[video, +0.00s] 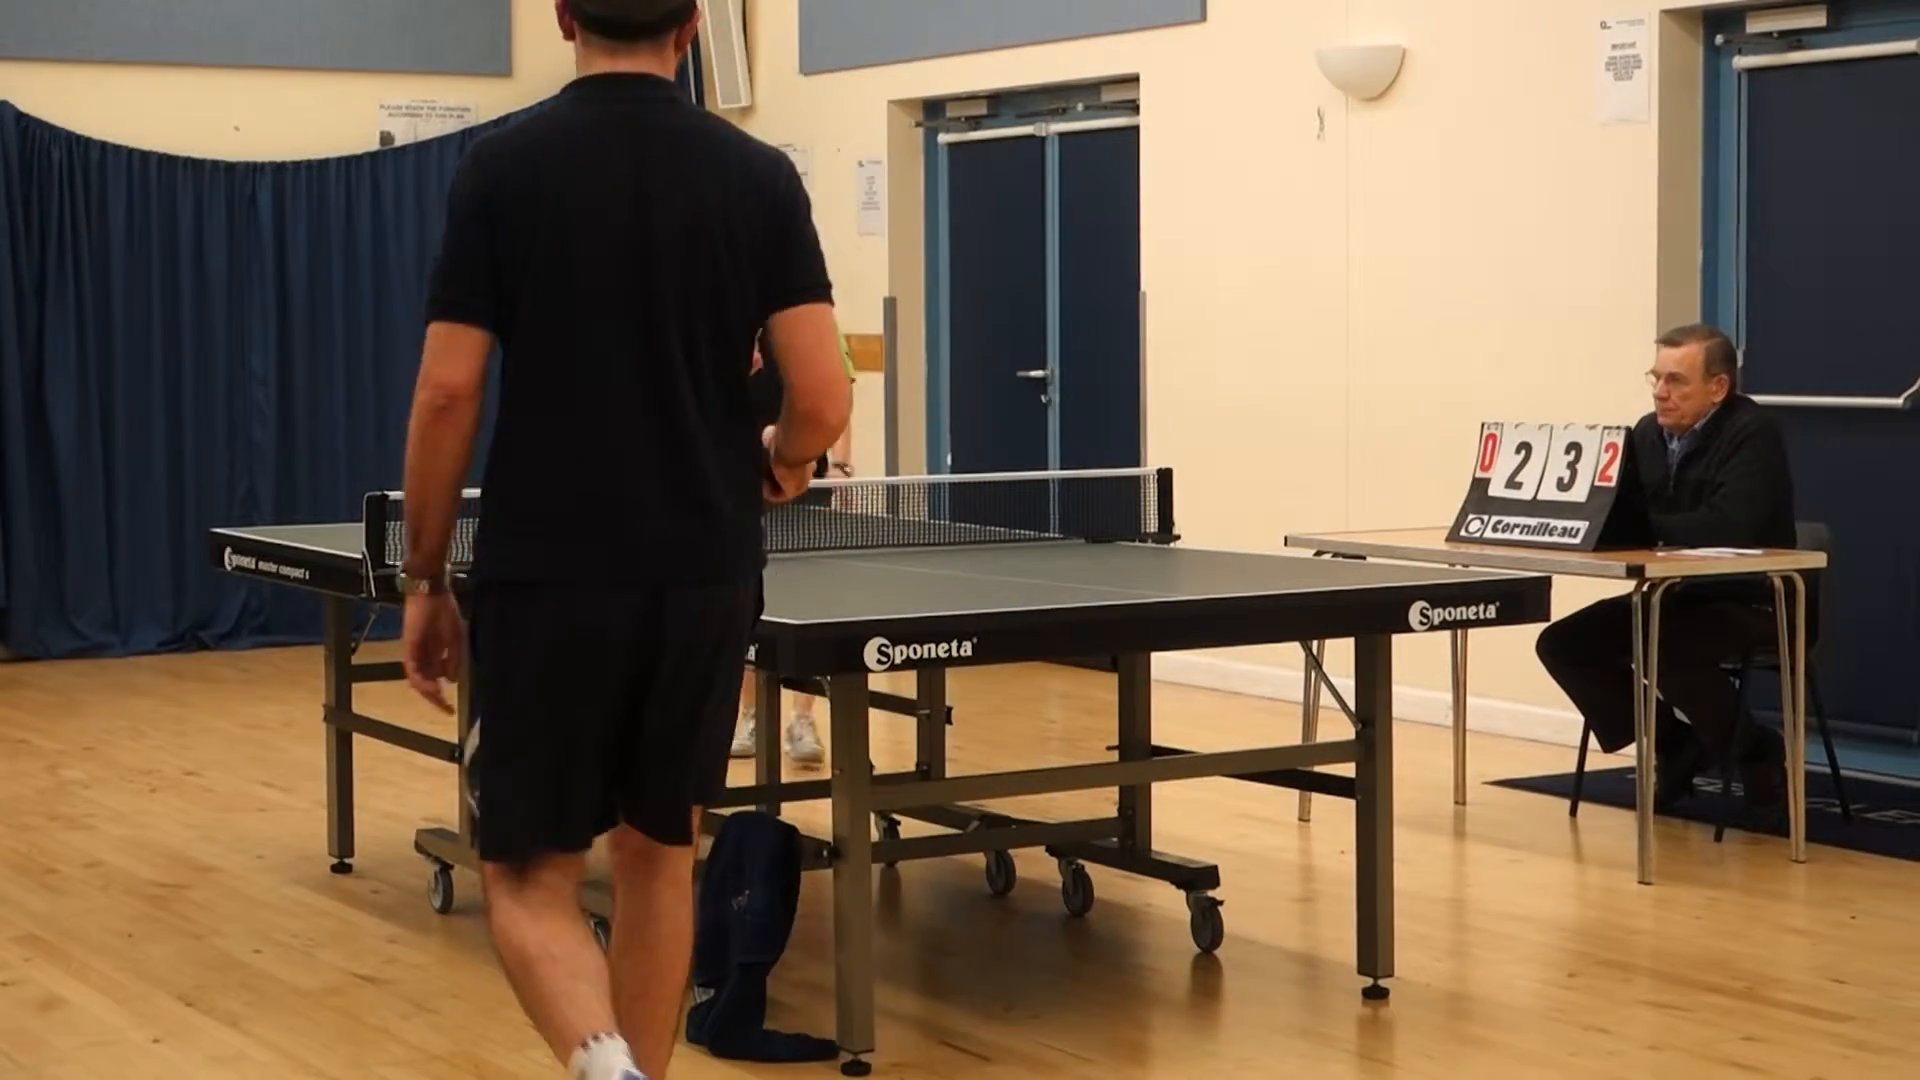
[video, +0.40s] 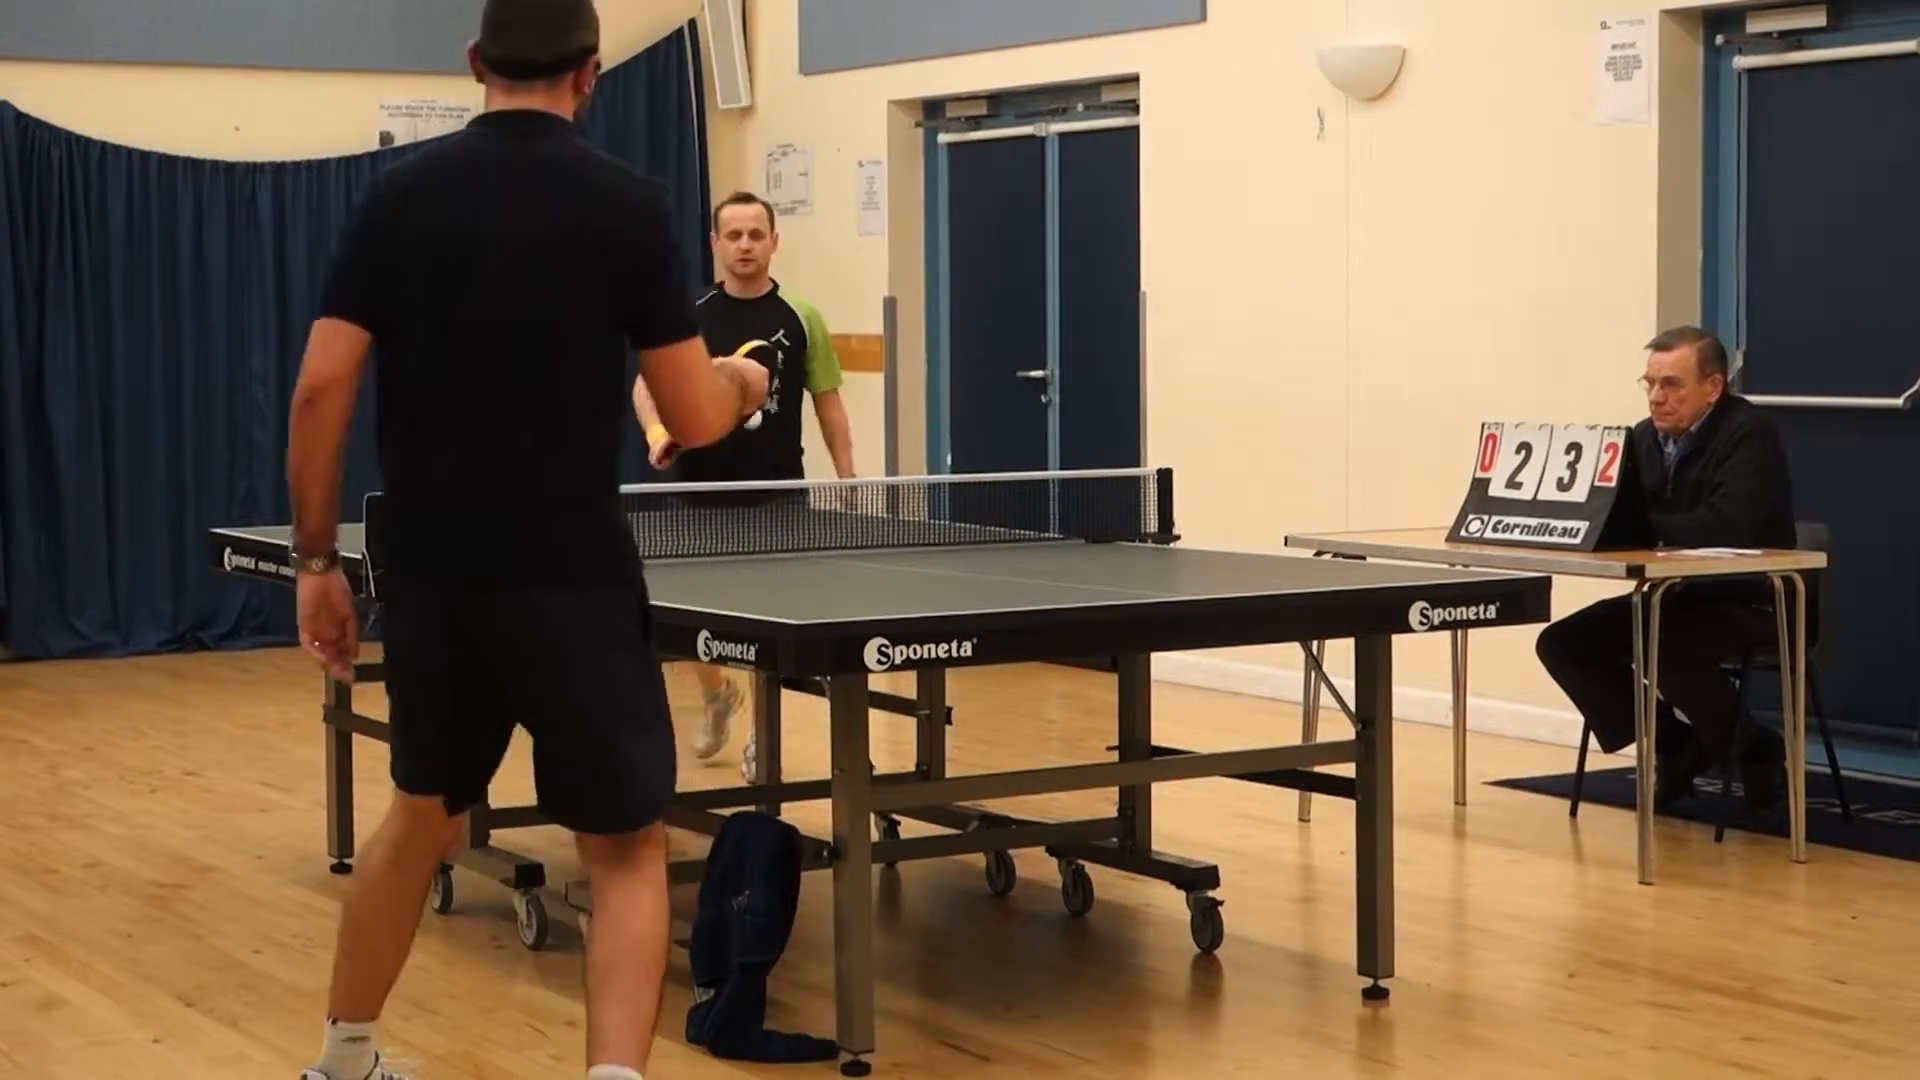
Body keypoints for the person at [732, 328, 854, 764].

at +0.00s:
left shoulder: (813, 320)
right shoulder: (725, 320)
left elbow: (837, 389)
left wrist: (840, 461)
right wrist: (734, 453)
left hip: (806, 476)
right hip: (742, 474)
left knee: (808, 600)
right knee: (745, 604)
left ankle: (802, 719)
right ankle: (749, 713)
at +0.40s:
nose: (745, 245)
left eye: (756, 234)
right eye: (733, 235)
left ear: (773, 242)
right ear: (715, 243)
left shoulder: (801, 316)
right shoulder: (688, 315)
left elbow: (827, 398)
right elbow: (644, 381)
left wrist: (846, 476)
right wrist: (654, 429)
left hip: (775, 496)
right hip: (697, 497)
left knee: (768, 617)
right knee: (674, 613)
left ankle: (763, 733)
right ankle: (714, 691)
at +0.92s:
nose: (657, 281)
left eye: (665, 268)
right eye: (643, 271)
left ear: (684, 268)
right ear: (623, 278)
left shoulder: (725, 333)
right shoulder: (610, 351)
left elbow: (760, 399)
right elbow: (572, 430)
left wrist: (748, 461)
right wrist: (622, 463)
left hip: (720, 511)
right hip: (640, 517)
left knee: (773, 609)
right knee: (594, 631)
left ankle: (779, 731)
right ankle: (560, 750)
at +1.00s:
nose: (655, 287)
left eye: (663, 274)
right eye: (641, 278)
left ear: (682, 273)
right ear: (623, 284)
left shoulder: (725, 335)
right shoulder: (613, 354)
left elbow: (760, 413)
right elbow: (605, 432)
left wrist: (750, 463)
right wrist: (679, 435)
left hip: (720, 509)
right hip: (641, 515)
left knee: (782, 616)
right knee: (592, 634)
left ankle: (816, 742)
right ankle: (561, 762)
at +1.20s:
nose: (679, 312)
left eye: (689, 298)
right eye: (665, 302)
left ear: (706, 297)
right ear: (647, 307)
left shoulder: (741, 349)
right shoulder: (633, 361)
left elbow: (801, 407)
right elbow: (597, 453)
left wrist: (780, 475)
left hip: (744, 510)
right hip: (667, 516)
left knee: (795, 624)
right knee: (627, 629)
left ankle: (836, 747)